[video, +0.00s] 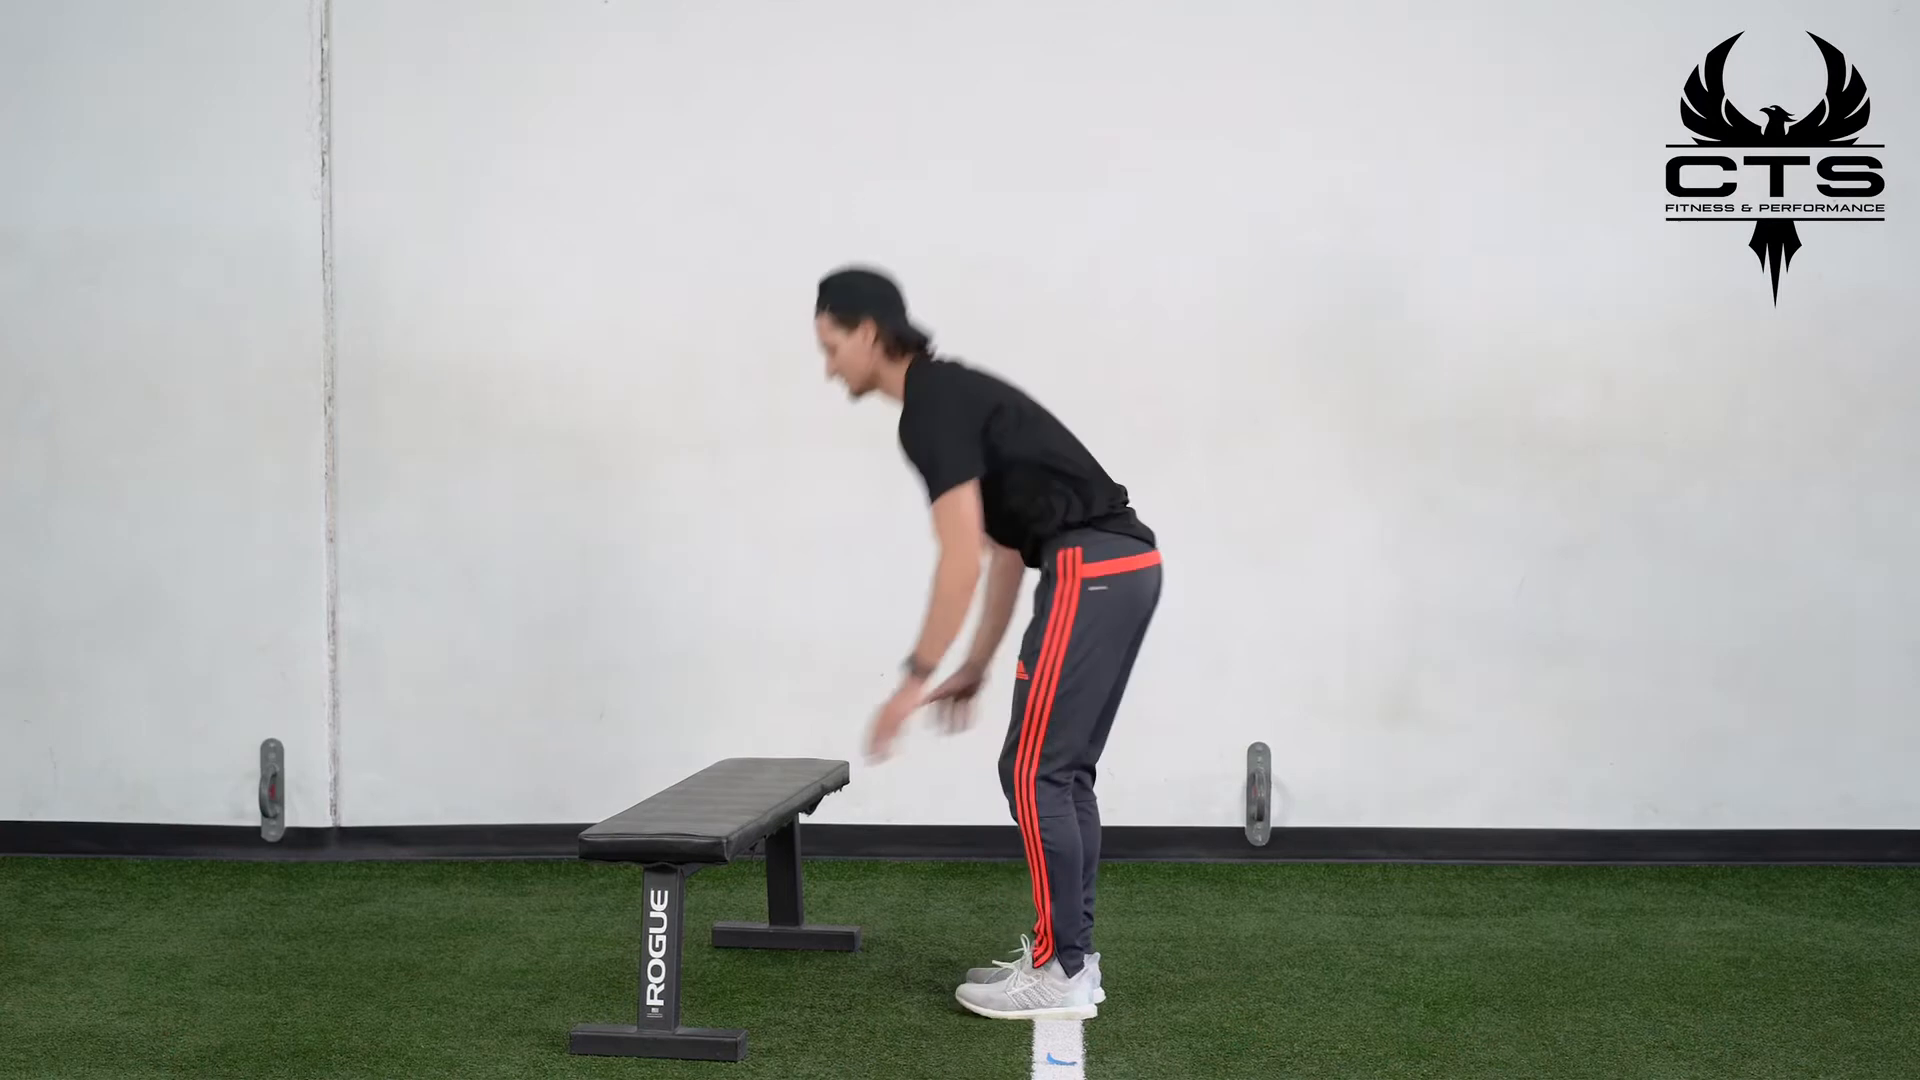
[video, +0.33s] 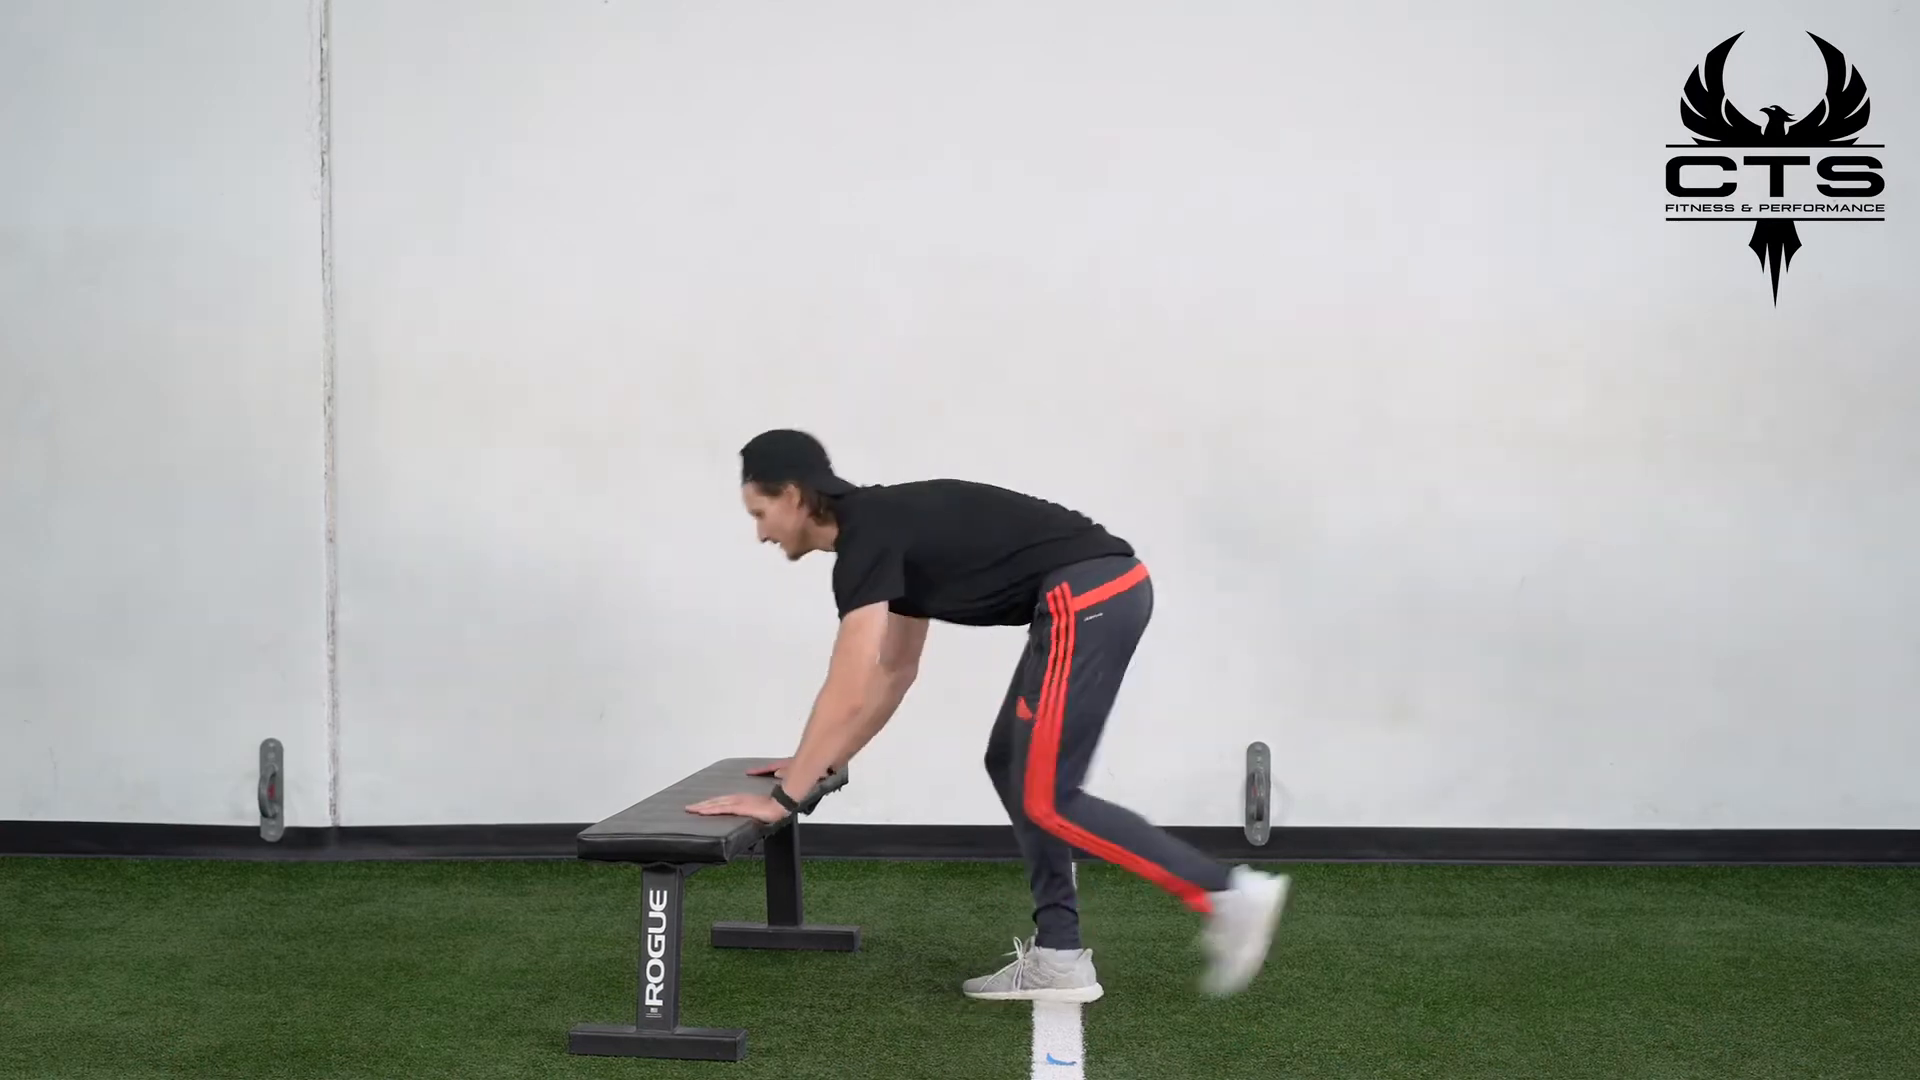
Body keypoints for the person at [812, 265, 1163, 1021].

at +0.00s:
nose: (825, 361)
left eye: (829, 342)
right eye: (822, 344)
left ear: (871, 332)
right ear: (882, 334)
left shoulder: (932, 404)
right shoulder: (960, 392)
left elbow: (964, 553)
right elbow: (1006, 551)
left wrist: (914, 678)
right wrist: (975, 665)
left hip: (1090, 566)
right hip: (1116, 562)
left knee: (1032, 769)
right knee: (1065, 771)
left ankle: (1063, 969)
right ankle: (1068, 958)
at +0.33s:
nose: (757, 528)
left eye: (760, 510)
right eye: (753, 512)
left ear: (800, 495)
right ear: (808, 491)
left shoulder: (870, 536)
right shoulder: (895, 528)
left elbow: (852, 687)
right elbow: (894, 673)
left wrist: (785, 797)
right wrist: (820, 762)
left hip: (1090, 593)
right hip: (1076, 594)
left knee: (1045, 794)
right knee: (1011, 763)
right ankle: (1058, 954)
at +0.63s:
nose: (745, 526)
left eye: (745, 508)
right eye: (740, 512)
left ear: (786, 490)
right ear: (790, 489)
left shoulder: (852, 527)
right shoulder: (884, 527)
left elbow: (817, 669)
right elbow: (884, 666)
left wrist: (766, 787)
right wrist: (828, 761)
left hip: (1078, 605)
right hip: (1047, 619)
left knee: (1171, 793)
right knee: (980, 763)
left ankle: (1339, 938)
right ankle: (1052, 947)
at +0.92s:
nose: (724, 524)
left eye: (728, 507)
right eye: (720, 509)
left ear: (771, 494)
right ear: (774, 492)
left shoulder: (837, 536)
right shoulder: (849, 531)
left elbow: (832, 680)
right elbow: (878, 671)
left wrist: (771, 793)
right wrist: (826, 762)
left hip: (1065, 620)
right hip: (1053, 628)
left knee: (1180, 791)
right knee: (1099, 815)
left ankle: (1346, 938)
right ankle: (1284, 877)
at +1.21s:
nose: (654, 601)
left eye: (656, 583)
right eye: (651, 585)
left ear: (693, 574)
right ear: (700, 570)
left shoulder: (775, 610)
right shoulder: (786, 603)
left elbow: (843, 722)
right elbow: (858, 726)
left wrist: (782, 799)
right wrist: (797, 774)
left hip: (995, 717)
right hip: (995, 710)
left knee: (1160, 830)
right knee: (1160, 825)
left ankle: (1353, 931)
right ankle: (1341, 927)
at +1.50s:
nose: (600, 753)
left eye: (599, 736)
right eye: (595, 739)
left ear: (627, 716)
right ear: (635, 711)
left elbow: (780, 696)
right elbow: (879, 671)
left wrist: (766, 800)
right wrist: (812, 770)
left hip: (944, 773)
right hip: (952, 758)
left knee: (1127, 864)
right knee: (1131, 846)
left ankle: (1335, 928)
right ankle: (1330, 920)